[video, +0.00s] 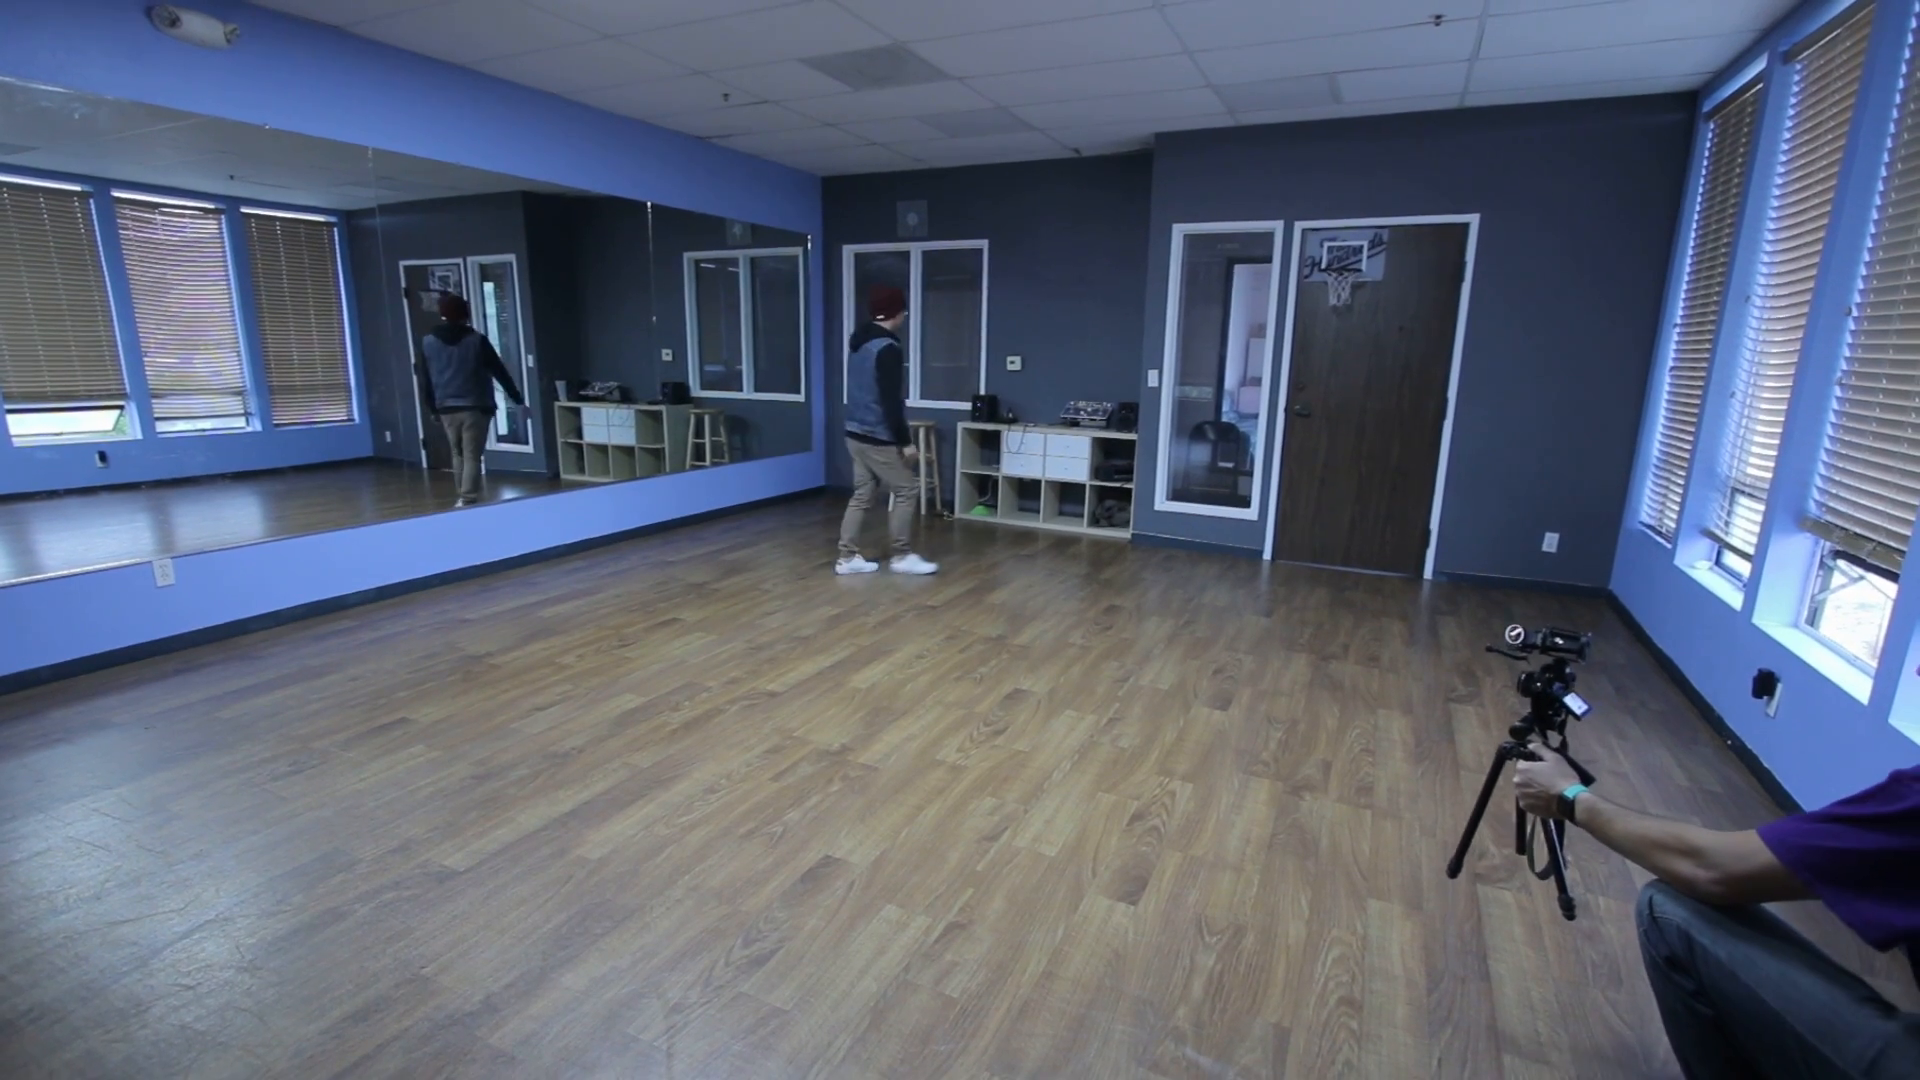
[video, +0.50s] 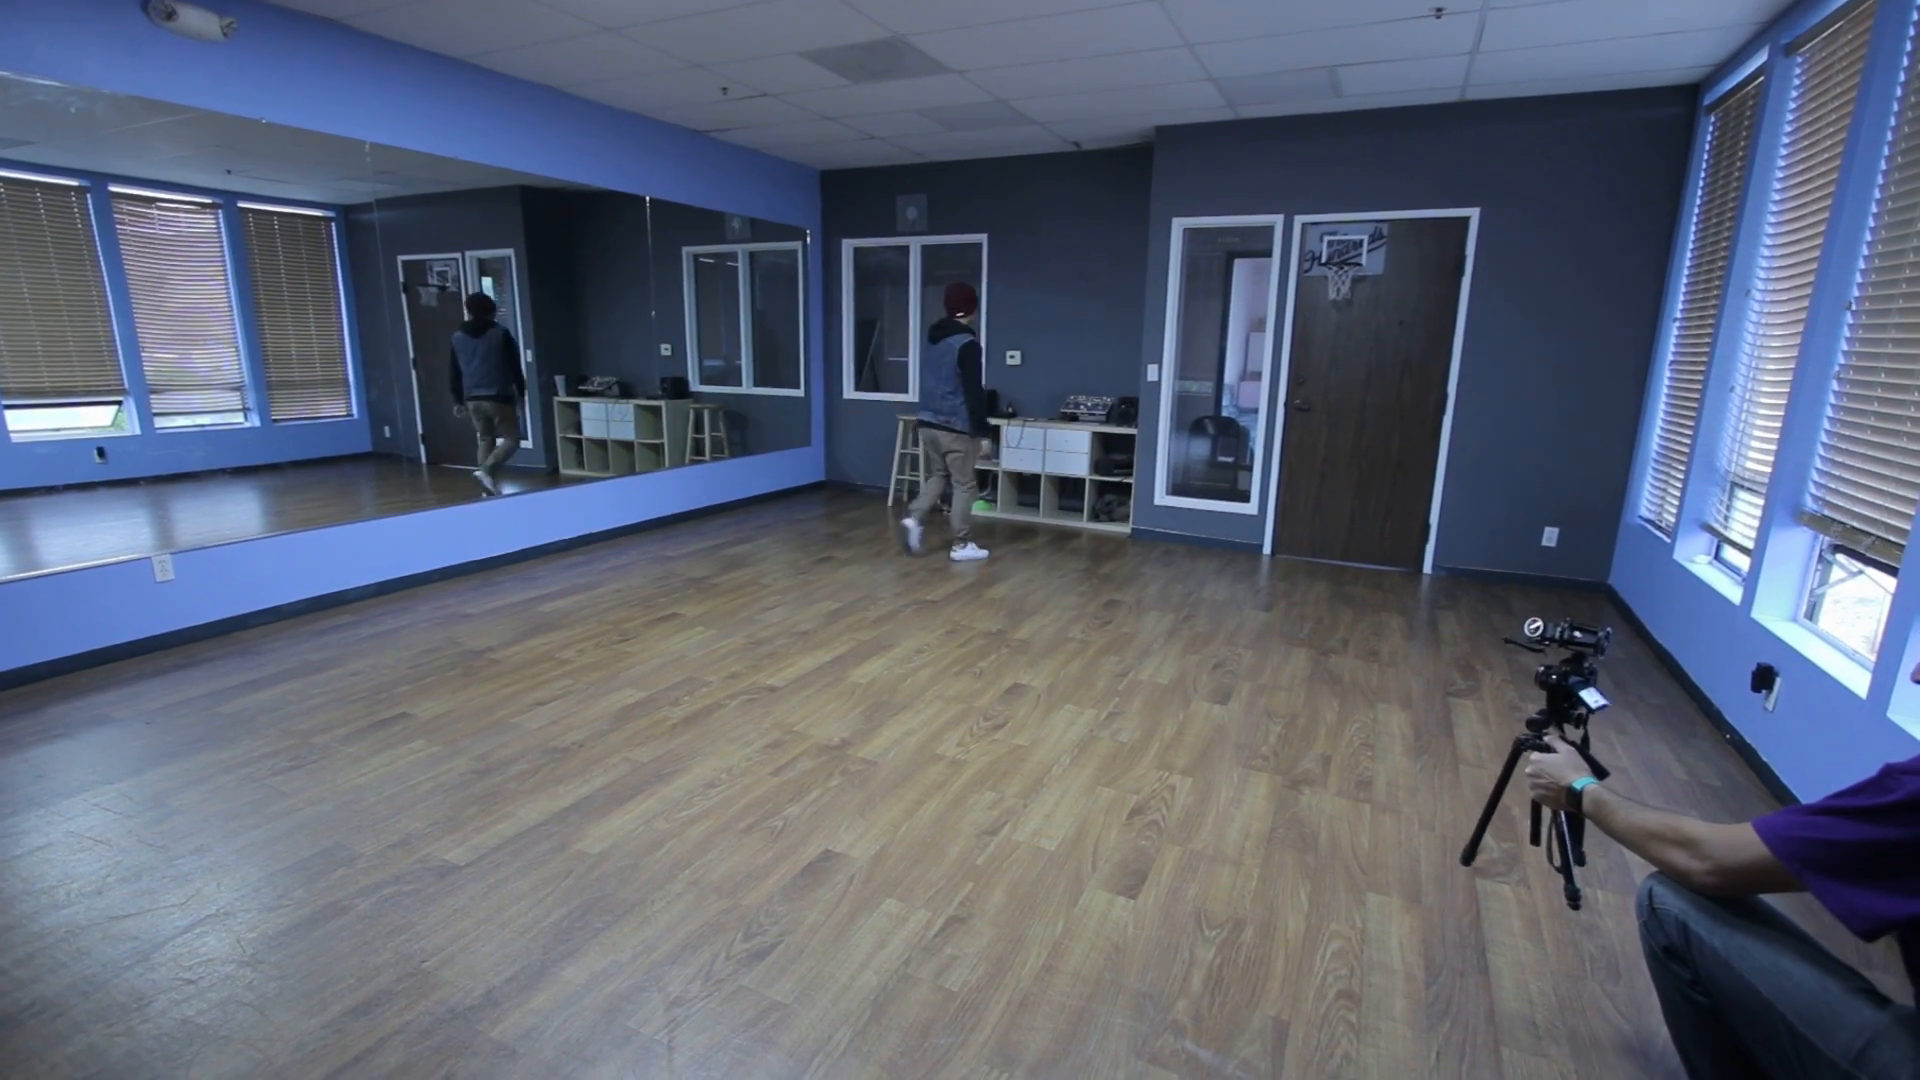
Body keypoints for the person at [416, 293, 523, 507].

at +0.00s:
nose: (467, 316)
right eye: (465, 312)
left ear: (443, 315)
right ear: (465, 313)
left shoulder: (428, 342)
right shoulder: (477, 340)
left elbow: (425, 379)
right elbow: (499, 372)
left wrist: (433, 409)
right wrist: (517, 399)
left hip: (447, 408)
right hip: (475, 406)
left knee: (457, 453)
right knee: (472, 455)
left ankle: (462, 496)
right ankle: (467, 499)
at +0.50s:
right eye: (491, 310)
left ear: (468, 312)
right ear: (491, 310)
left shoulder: (458, 338)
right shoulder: (501, 334)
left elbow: (455, 372)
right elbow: (514, 366)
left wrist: (458, 400)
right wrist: (521, 391)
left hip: (472, 398)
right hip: (498, 395)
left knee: (483, 439)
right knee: (511, 438)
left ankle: (487, 486)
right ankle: (486, 470)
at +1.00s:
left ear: (533, 328)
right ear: (555, 328)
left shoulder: (518, 350)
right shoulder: (562, 350)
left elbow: (508, 381)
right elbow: (583, 373)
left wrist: (512, 405)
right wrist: (604, 389)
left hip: (526, 411)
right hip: (556, 410)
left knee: (514, 450)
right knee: (573, 446)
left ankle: (495, 489)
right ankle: (593, 484)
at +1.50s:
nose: (609, 343)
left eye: (609, 340)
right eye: (608, 340)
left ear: (585, 335)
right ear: (603, 339)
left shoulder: (568, 348)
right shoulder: (606, 357)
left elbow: (553, 373)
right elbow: (622, 383)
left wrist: (548, 398)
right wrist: (637, 401)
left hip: (560, 400)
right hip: (585, 405)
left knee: (551, 440)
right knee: (589, 444)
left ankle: (541, 481)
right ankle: (595, 484)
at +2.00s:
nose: (611, 338)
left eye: (611, 335)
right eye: (610, 335)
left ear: (587, 330)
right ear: (606, 335)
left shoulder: (570, 344)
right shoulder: (608, 353)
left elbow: (555, 370)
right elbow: (623, 380)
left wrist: (550, 396)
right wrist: (638, 399)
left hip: (566, 399)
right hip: (590, 401)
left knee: (566, 441)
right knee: (590, 441)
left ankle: (569, 481)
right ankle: (594, 482)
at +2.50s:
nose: (594, 336)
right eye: (593, 333)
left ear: (573, 329)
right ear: (593, 333)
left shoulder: (558, 345)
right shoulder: (597, 352)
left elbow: (547, 373)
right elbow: (614, 378)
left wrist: (544, 400)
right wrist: (628, 399)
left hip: (563, 401)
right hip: (588, 402)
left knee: (562, 444)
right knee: (589, 444)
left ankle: (566, 485)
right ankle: (594, 484)